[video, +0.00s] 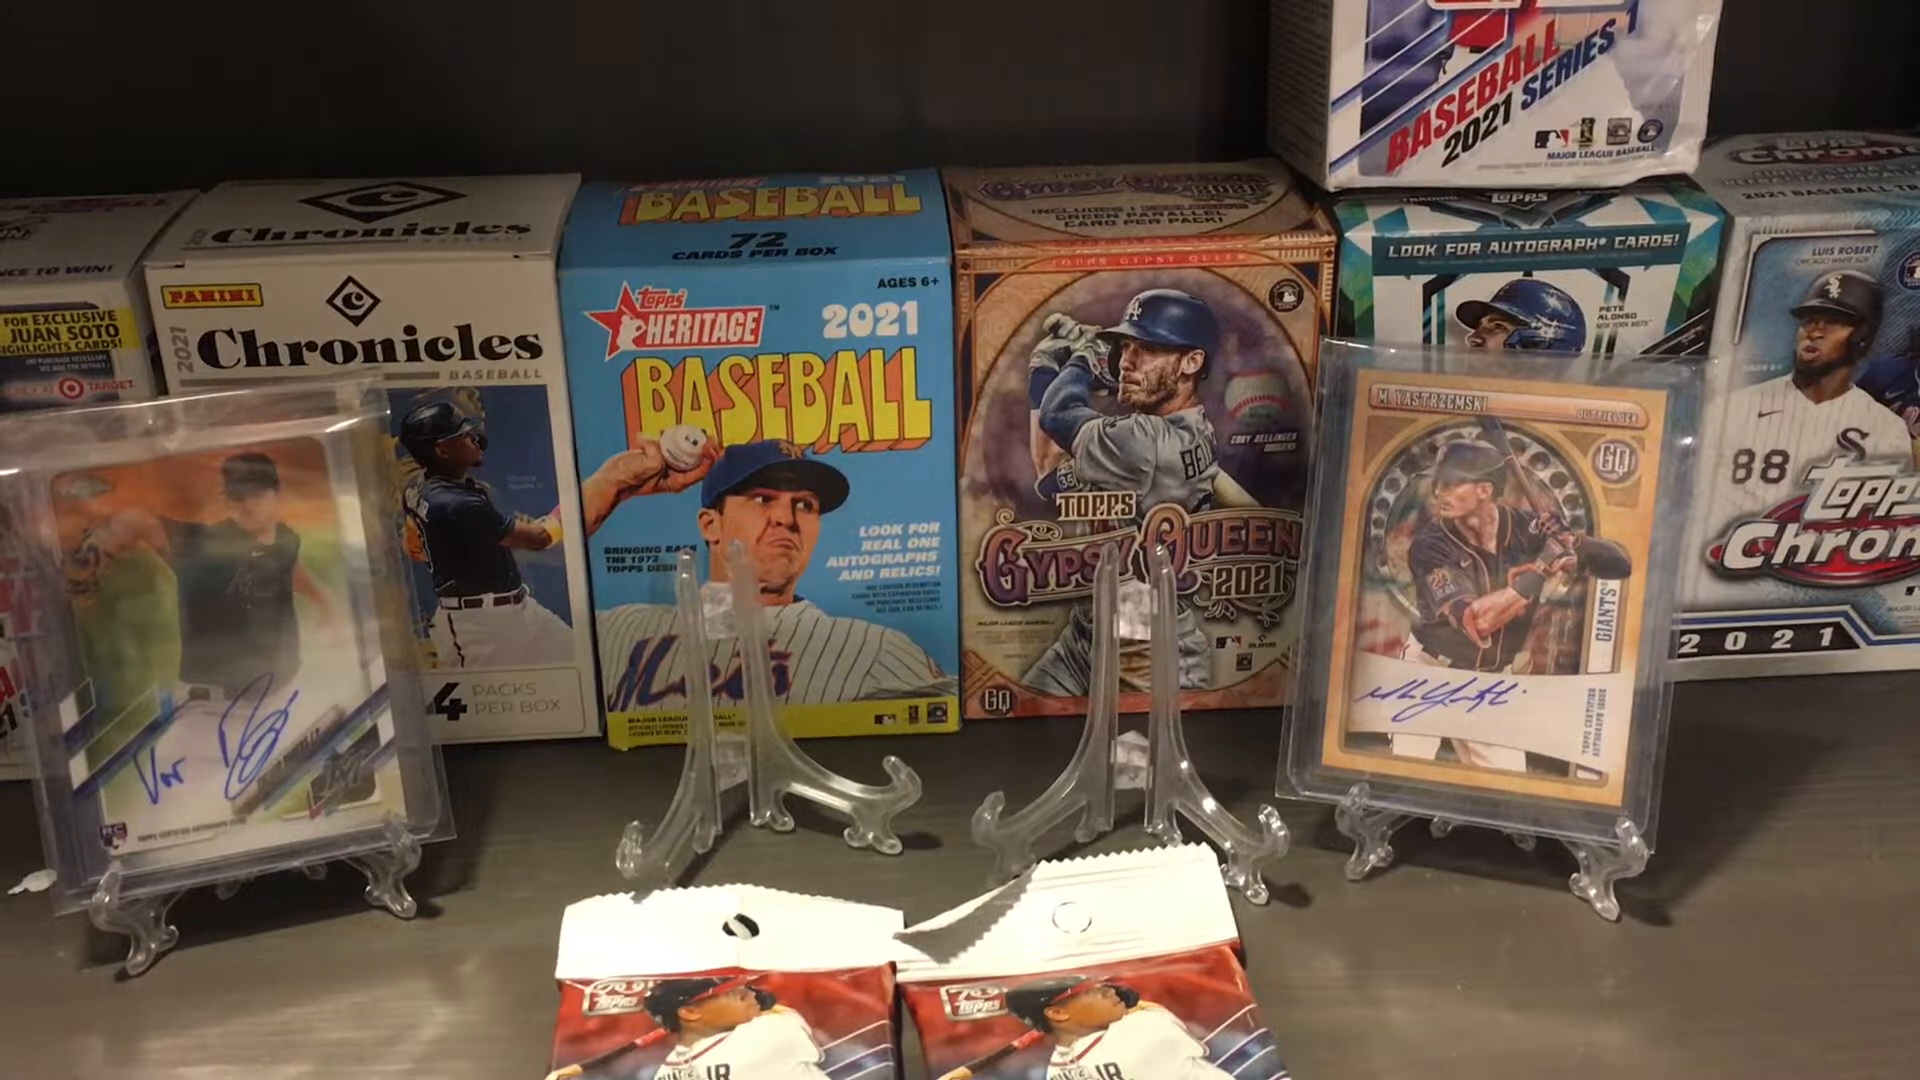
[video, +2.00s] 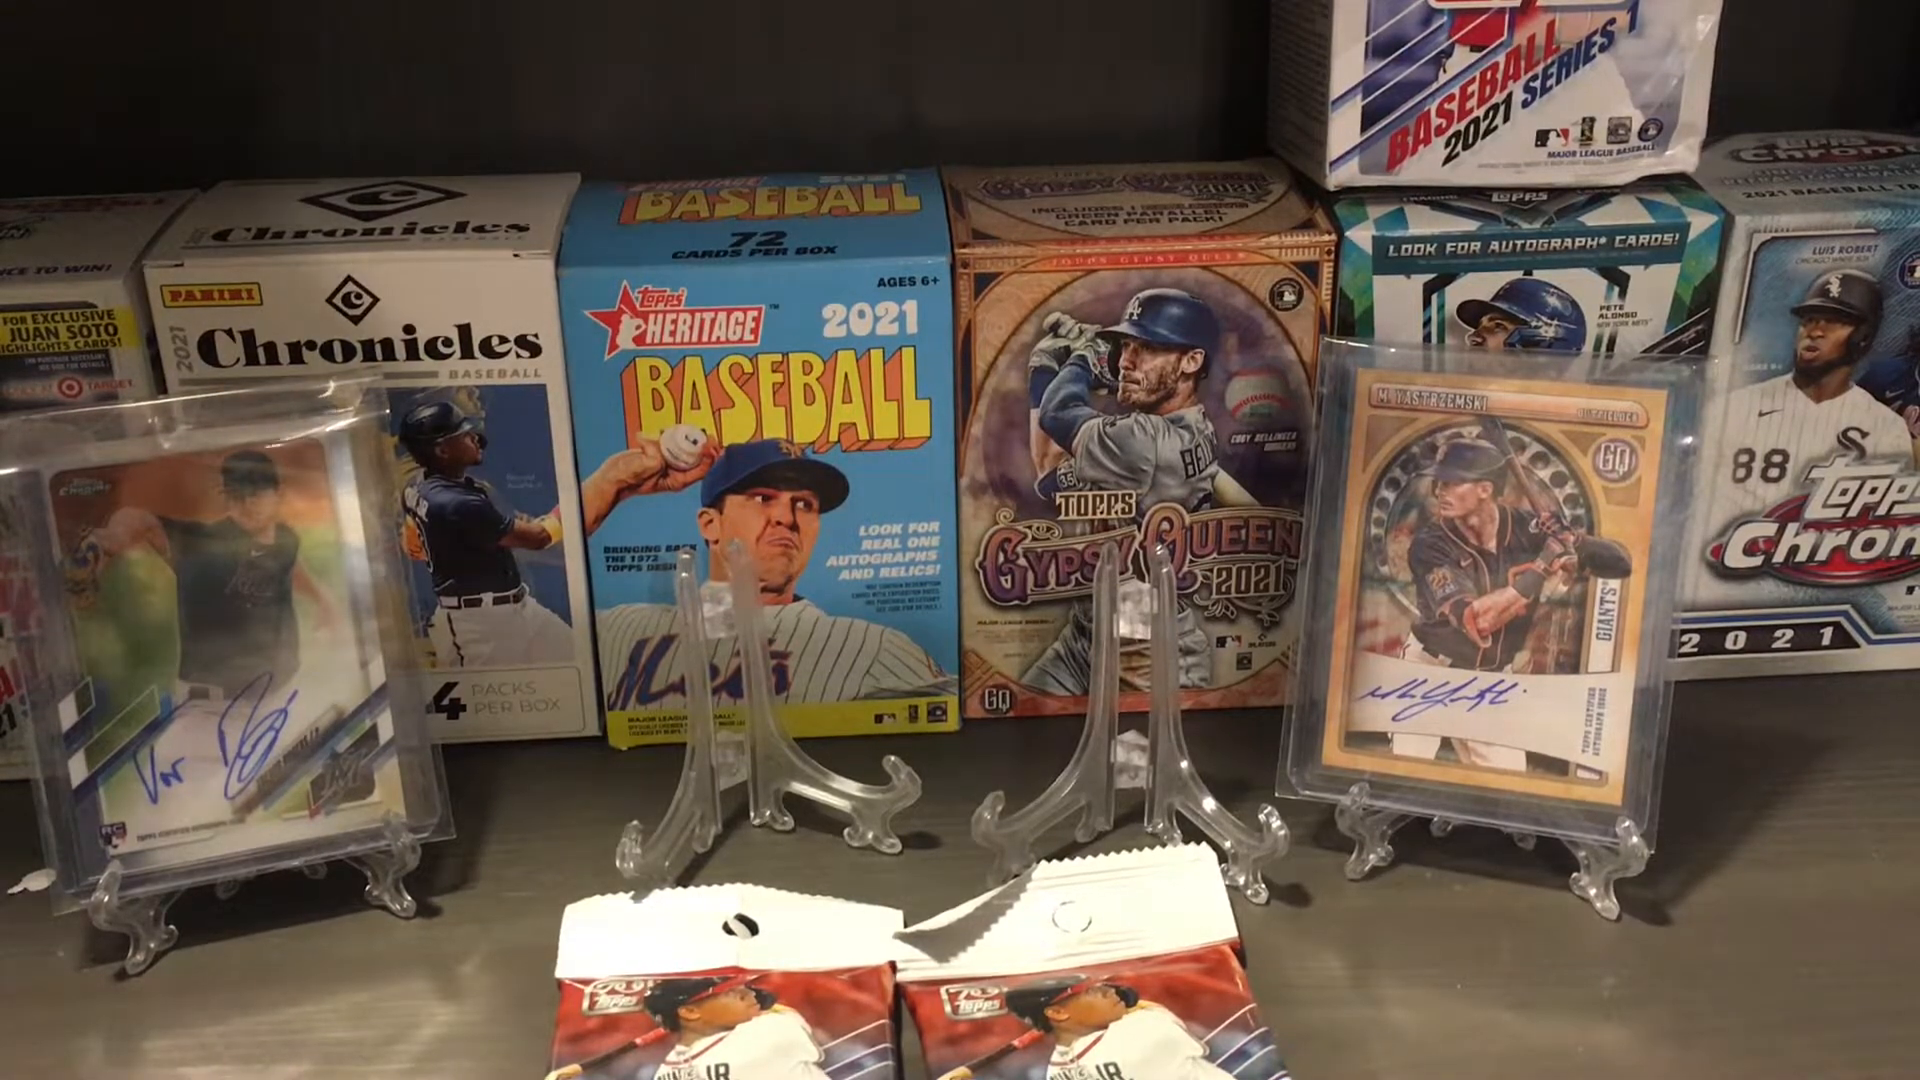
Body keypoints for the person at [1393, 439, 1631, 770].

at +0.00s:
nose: (1439, 492)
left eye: (1451, 484)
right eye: (1439, 484)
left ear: (1484, 491)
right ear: (1435, 487)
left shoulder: (1526, 528)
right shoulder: (1430, 542)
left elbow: (1622, 564)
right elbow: (1475, 623)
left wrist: (1577, 551)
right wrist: (1539, 571)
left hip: (1495, 677)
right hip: (1429, 670)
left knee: (1509, 792)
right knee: (1410, 775)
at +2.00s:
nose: (1439, 492)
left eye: (1451, 484)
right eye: (1439, 483)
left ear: (1484, 490)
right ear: (1436, 486)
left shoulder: (1527, 528)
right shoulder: (1430, 540)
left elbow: (1622, 562)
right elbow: (1474, 622)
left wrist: (1574, 551)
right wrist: (1540, 569)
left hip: (1495, 676)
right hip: (1429, 668)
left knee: (1508, 787)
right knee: (1411, 772)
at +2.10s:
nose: (1439, 492)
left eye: (1451, 485)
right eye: (1439, 484)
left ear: (1484, 491)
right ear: (1436, 486)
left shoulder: (1526, 528)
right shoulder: (1431, 541)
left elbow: (1622, 563)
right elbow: (1473, 622)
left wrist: (1573, 549)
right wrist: (1540, 570)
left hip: (1495, 676)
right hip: (1429, 669)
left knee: (1508, 787)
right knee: (1411, 773)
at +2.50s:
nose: (1439, 492)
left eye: (1451, 484)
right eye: (1439, 483)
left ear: (1484, 491)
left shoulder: (1528, 528)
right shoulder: (1431, 541)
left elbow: (1621, 563)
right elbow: (1473, 622)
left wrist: (1572, 551)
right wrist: (1539, 572)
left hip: (1495, 677)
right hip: (1429, 669)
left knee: (1508, 788)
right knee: (1411, 773)